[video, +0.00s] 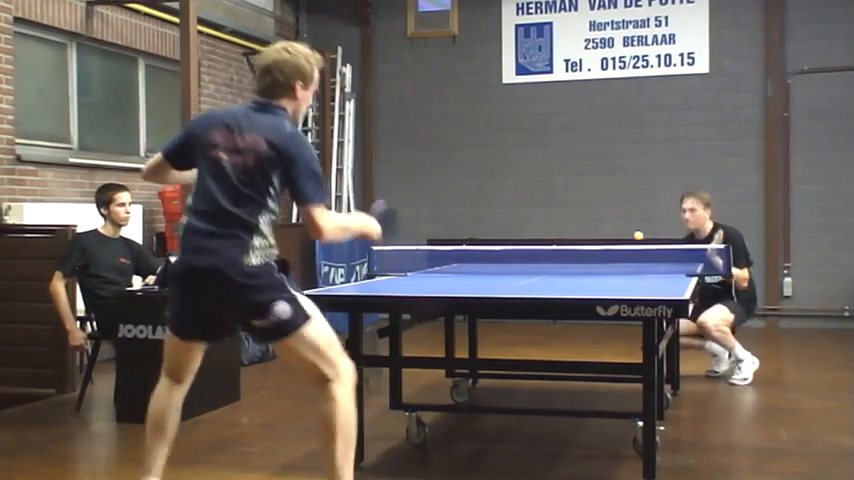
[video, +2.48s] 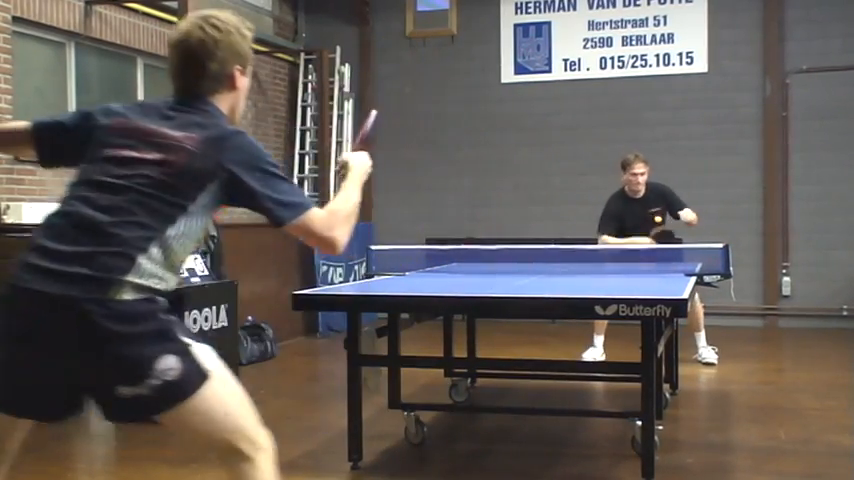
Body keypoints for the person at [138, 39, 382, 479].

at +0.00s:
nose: (311, 100)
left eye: (312, 91)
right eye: (311, 91)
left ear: (265, 83)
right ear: (296, 90)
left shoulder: (211, 122)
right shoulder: (289, 140)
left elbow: (155, 171)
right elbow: (323, 229)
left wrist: (204, 172)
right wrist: (359, 223)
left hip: (191, 269)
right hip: (246, 273)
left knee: (172, 379)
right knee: (339, 372)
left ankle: (150, 475)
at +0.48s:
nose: (480, 172)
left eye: (480, 163)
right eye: (476, 164)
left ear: (437, 163)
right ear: (451, 169)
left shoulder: (381, 186)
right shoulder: (435, 221)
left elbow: (315, 220)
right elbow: (444, 307)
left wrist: (338, 217)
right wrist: (513, 328)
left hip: (322, 323)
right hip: (377, 333)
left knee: (273, 413)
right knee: (483, 378)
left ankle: (217, 476)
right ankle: (458, 474)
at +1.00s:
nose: (447, 115)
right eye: (446, 109)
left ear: (396, 112)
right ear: (442, 117)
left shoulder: (357, 156)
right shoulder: (450, 167)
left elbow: (289, 208)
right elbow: (492, 249)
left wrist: (297, 216)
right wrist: (512, 224)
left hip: (339, 293)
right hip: (405, 297)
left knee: (283, 375)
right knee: (478, 380)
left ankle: (287, 474)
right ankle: (506, 476)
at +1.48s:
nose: (458, 190)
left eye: (463, 182)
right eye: (462, 182)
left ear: (412, 163)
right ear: (446, 180)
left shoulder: (377, 190)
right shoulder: (375, 226)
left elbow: (346, 239)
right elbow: (335, 324)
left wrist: (407, 247)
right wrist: (414, 357)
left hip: (273, 319)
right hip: (297, 335)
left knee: (276, 417)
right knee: (435, 403)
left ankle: (214, 477)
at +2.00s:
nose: (434, 66)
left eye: (434, 57)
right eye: (434, 57)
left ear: (371, 60)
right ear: (423, 62)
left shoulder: (322, 102)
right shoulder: (423, 131)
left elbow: (228, 141)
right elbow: (499, 191)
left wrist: (210, 146)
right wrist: (509, 129)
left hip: (253, 264)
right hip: (321, 283)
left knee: (223, 386)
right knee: (401, 413)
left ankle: (192, 475)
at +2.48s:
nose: (247, 85)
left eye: (247, 73)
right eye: (249, 74)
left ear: (179, 72)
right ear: (237, 77)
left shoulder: (117, 118)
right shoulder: (227, 143)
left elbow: (13, 137)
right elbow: (333, 235)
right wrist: (356, 175)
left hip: (30, 302)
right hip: (116, 315)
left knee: (40, 455)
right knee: (253, 450)